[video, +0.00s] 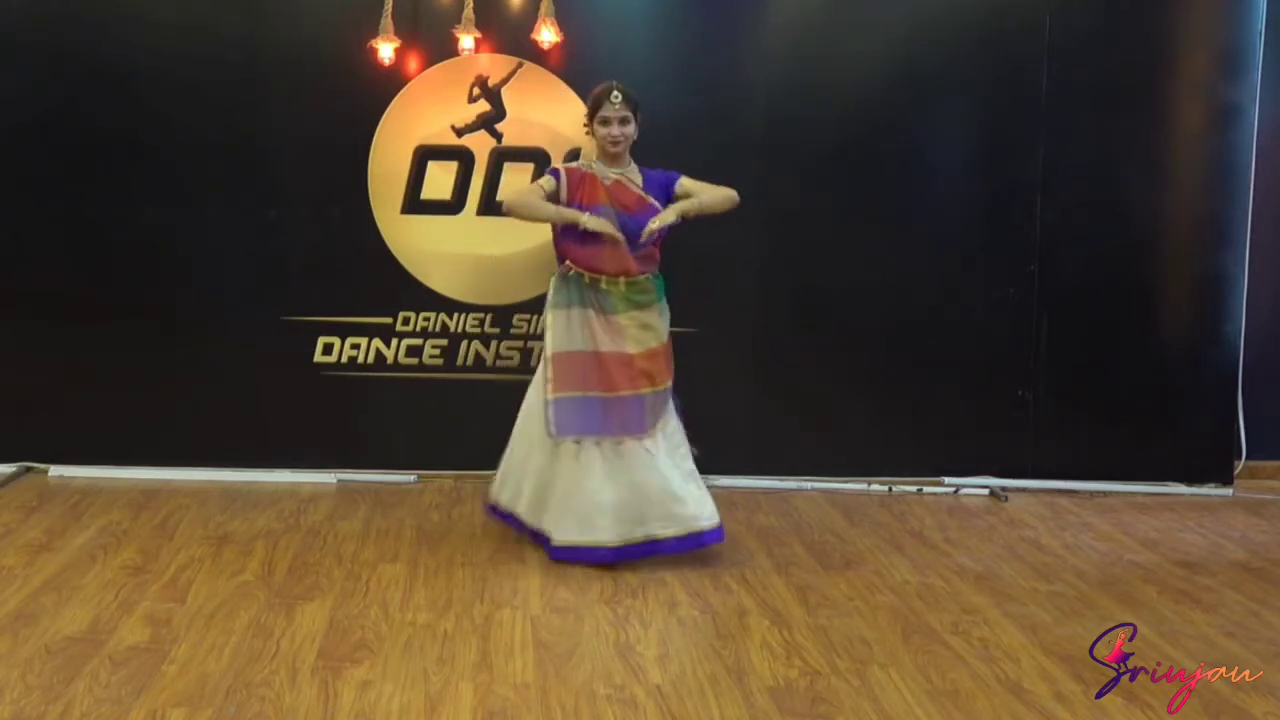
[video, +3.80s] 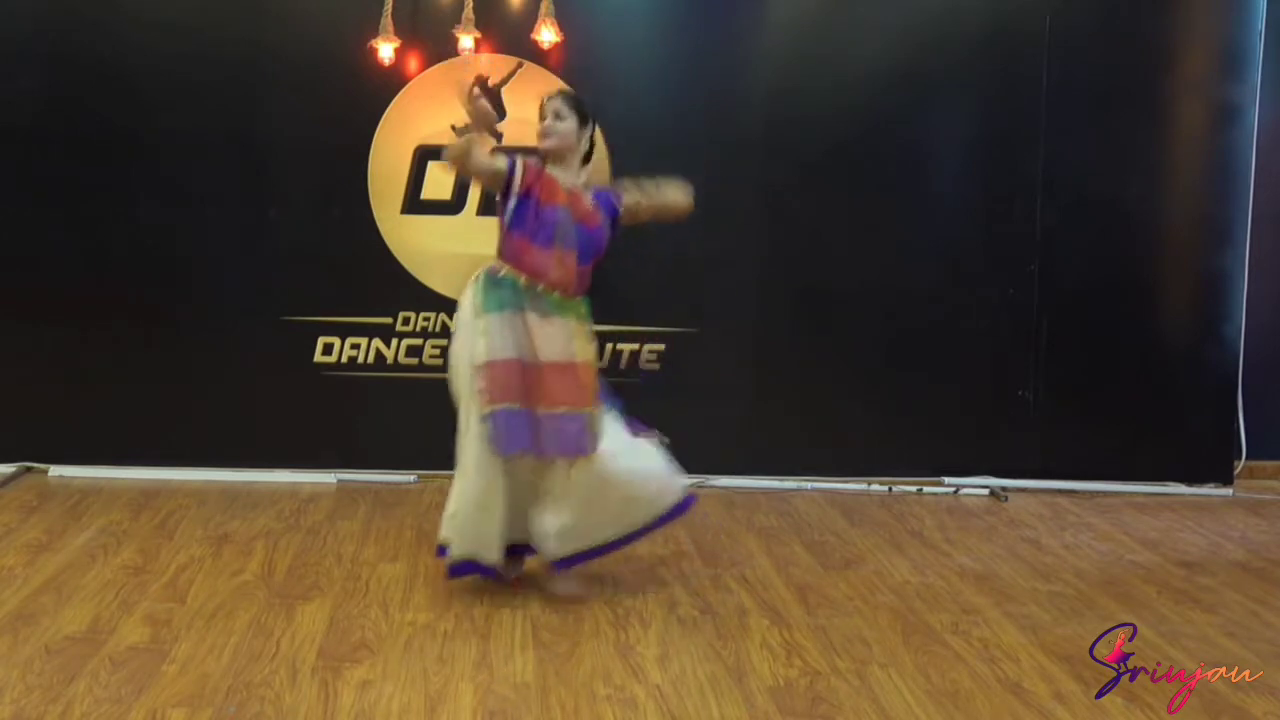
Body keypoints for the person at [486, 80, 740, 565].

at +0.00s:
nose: (615, 130)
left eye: (624, 122)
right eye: (605, 122)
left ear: (636, 127)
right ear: (590, 127)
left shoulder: (654, 181)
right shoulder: (570, 176)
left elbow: (727, 196)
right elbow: (518, 203)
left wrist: (678, 209)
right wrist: (584, 219)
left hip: (639, 310)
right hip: (580, 310)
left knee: (639, 412)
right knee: (583, 413)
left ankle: (640, 522)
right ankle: (582, 523)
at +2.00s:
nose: (604, 130)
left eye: (615, 123)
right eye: (600, 122)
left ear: (641, 133)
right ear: (594, 130)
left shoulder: (661, 188)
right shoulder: (576, 193)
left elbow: (694, 152)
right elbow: (520, 230)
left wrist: (630, 173)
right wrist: (551, 231)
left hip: (641, 330)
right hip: (584, 329)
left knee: (631, 438)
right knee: (586, 438)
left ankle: (656, 546)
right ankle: (592, 544)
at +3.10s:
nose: (619, 123)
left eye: (622, 114)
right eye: (605, 118)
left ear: (631, 120)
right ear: (582, 131)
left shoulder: (653, 185)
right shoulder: (573, 186)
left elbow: (731, 212)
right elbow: (545, 237)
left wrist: (705, 197)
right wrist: (604, 214)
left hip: (641, 320)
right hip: (585, 319)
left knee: (644, 433)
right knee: (589, 433)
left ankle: (645, 553)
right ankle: (590, 557)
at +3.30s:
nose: (589, 129)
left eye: (598, 119)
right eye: (583, 124)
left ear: (628, 124)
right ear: (581, 138)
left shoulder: (669, 186)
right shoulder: (578, 191)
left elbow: (731, 225)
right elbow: (537, 233)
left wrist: (708, 283)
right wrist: (557, 279)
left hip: (653, 326)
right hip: (589, 325)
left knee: (656, 435)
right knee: (581, 433)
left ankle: (655, 548)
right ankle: (576, 546)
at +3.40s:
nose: (588, 117)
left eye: (597, 108)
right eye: (582, 112)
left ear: (626, 115)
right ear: (580, 124)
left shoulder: (659, 177)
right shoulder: (578, 176)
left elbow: (711, 184)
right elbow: (533, 173)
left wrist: (661, 185)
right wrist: (498, 153)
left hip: (645, 318)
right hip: (580, 315)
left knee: (654, 428)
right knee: (561, 424)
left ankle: (665, 543)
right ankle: (541, 539)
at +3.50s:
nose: (579, 106)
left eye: (588, 95)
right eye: (574, 100)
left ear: (619, 106)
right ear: (574, 115)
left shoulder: (650, 165)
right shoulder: (568, 159)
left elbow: (689, 143)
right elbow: (512, 122)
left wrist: (633, 131)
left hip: (635, 307)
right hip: (568, 305)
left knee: (649, 432)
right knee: (539, 423)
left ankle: (656, 554)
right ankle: (508, 543)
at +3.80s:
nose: (547, 125)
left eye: (558, 118)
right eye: (544, 118)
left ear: (585, 133)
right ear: (538, 130)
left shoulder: (603, 201)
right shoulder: (523, 172)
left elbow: (679, 198)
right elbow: (467, 166)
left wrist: (644, 197)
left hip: (560, 321)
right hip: (503, 308)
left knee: (560, 432)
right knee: (503, 428)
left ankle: (556, 555)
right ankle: (498, 550)